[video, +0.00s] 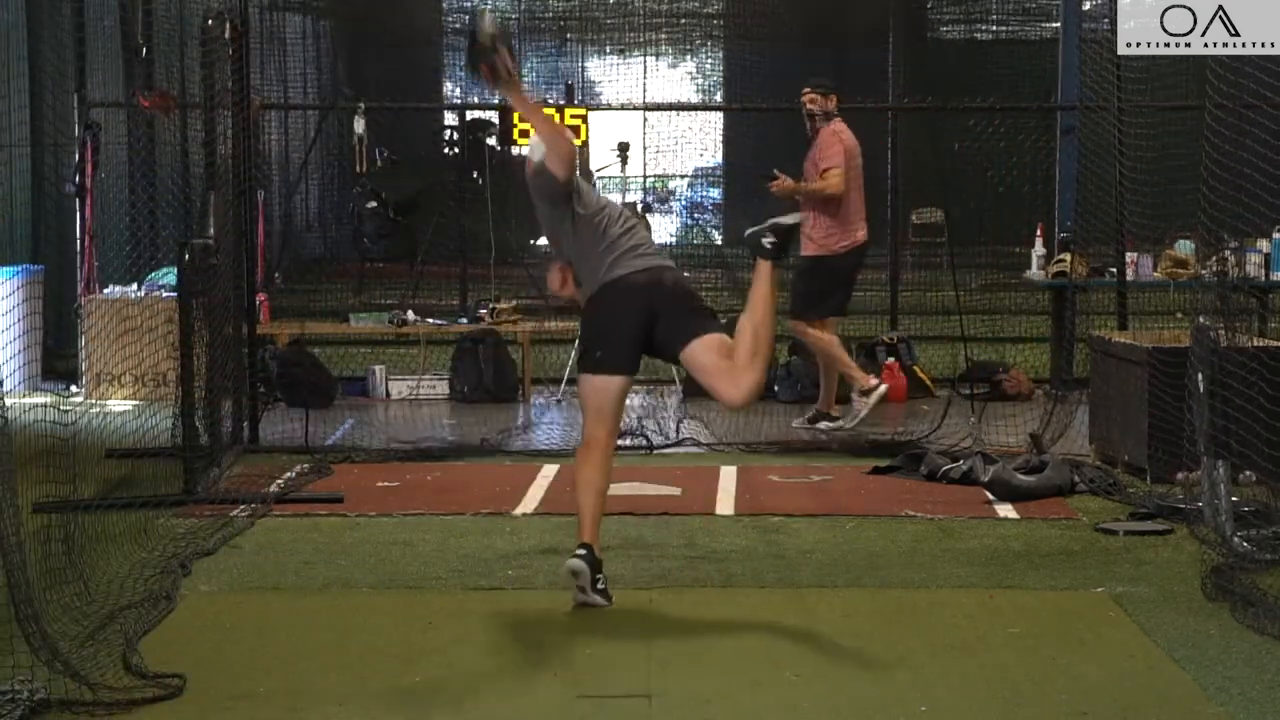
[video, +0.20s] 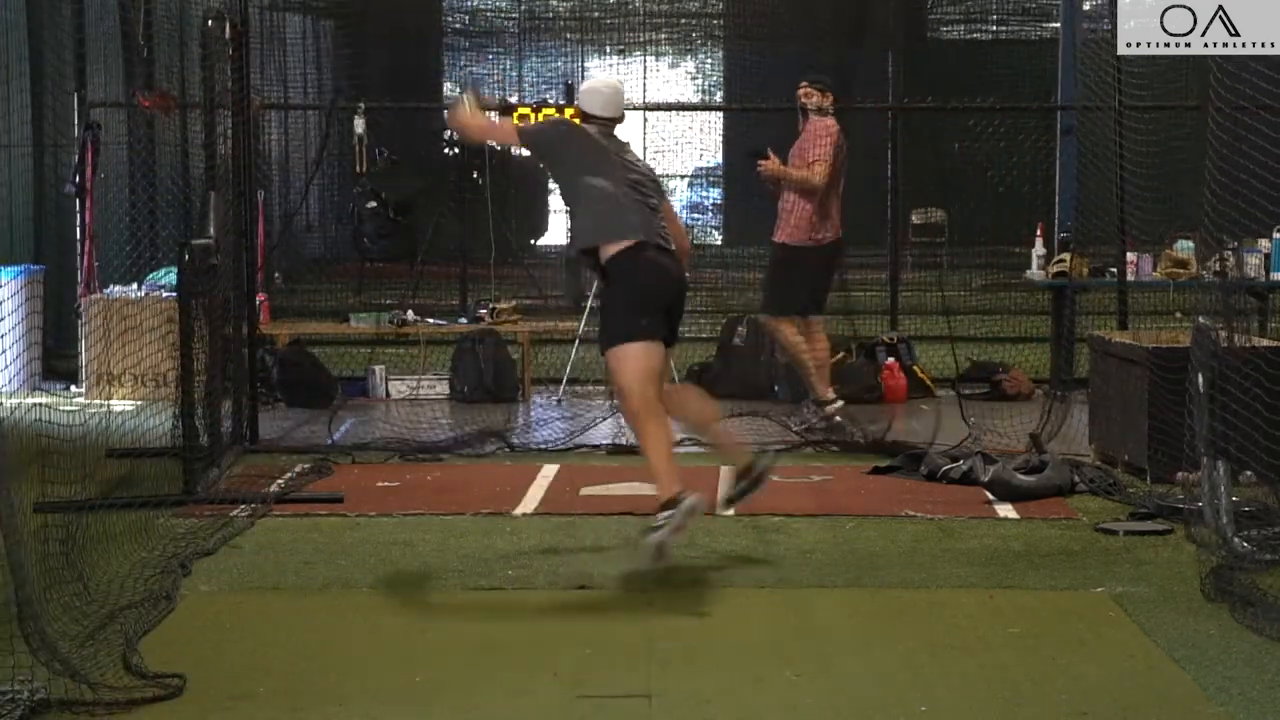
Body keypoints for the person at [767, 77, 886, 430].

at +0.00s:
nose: (809, 106)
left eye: (815, 100)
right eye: (805, 101)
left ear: (833, 103)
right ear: (804, 106)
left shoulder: (831, 136)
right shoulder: (834, 134)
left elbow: (834, 187)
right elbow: (828, 187)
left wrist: (795, 188)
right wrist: (796, 187)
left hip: (828, 247)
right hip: (841, 245)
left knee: (800, 323)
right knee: (824, 326)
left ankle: (865, 384)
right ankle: (825, 408)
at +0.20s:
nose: (803, 97)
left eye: (810, 92)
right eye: (801, 93)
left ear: (827, 100)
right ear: (800, 101)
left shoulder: (823, 128)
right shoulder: (811, 131)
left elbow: (817, 180)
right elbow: (802, 188)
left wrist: (780, 172)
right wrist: (778, 177)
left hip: (803, 239)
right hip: (814, 239)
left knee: (774, 316)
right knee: (811, 319)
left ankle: (823, 395)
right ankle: (822, 400)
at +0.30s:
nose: (791, 99)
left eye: (798, 95)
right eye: (790, 95)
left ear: (817, 101)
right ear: (799, 103)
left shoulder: (812, 131)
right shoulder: (808, 132)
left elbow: (808, 182)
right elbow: (795, 189)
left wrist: (770, 174)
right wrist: (770, 178)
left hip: (791, 244)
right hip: (812, 244)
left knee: (763, 322)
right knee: (808, 323)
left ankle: (808, 399)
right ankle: (824, 410)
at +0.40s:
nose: (776, 105)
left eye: (783, 99)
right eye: (774, 99)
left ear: (801, 104)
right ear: (775, 104)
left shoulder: (802, 134)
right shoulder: (798, 134)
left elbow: (802, 187)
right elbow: (792, 185)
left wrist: (763, 179)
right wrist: (762, 180)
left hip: (785, 245)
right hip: (810, 245)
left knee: (753, 322)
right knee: (808, 323)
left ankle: (784, 406)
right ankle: (824, 409)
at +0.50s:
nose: (754, 109)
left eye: (759, 103)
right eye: (754, 104)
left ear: (779, 104)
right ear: (777, 106)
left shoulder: (791, 136)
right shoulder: (787, 136)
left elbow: (794, 188)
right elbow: (783, 189)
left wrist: (753, 184)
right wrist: (751, 183)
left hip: (781, 248)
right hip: (804, 247)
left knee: (744, 319)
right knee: (807, 325)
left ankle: (757, 406)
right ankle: (823, 409)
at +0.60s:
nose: (739, 117)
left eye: (743, 110)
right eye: (738, 111)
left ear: (759, 110)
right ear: (764, 110)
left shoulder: (776, 140)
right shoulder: (777, 138)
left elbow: (787, 193)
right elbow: (775, 191)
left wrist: (741, 190)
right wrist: (738, 184)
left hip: (773, 247)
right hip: (792, 246)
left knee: (736, 321)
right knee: (799, 326)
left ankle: (742, 413)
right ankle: (821, 408)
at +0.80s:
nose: (707, 126)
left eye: (710, 119)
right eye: (705, 119)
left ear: (716, 117)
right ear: (728, 112)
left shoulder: (742, 141)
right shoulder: (741, 139)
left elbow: (763, 196)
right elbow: (750, 192)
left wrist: (715, 198)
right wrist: (715, 195)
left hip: (748, 246)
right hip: (758, 245)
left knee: (726, 325)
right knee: (752, 324)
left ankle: (740, 412)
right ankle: (802, 394)